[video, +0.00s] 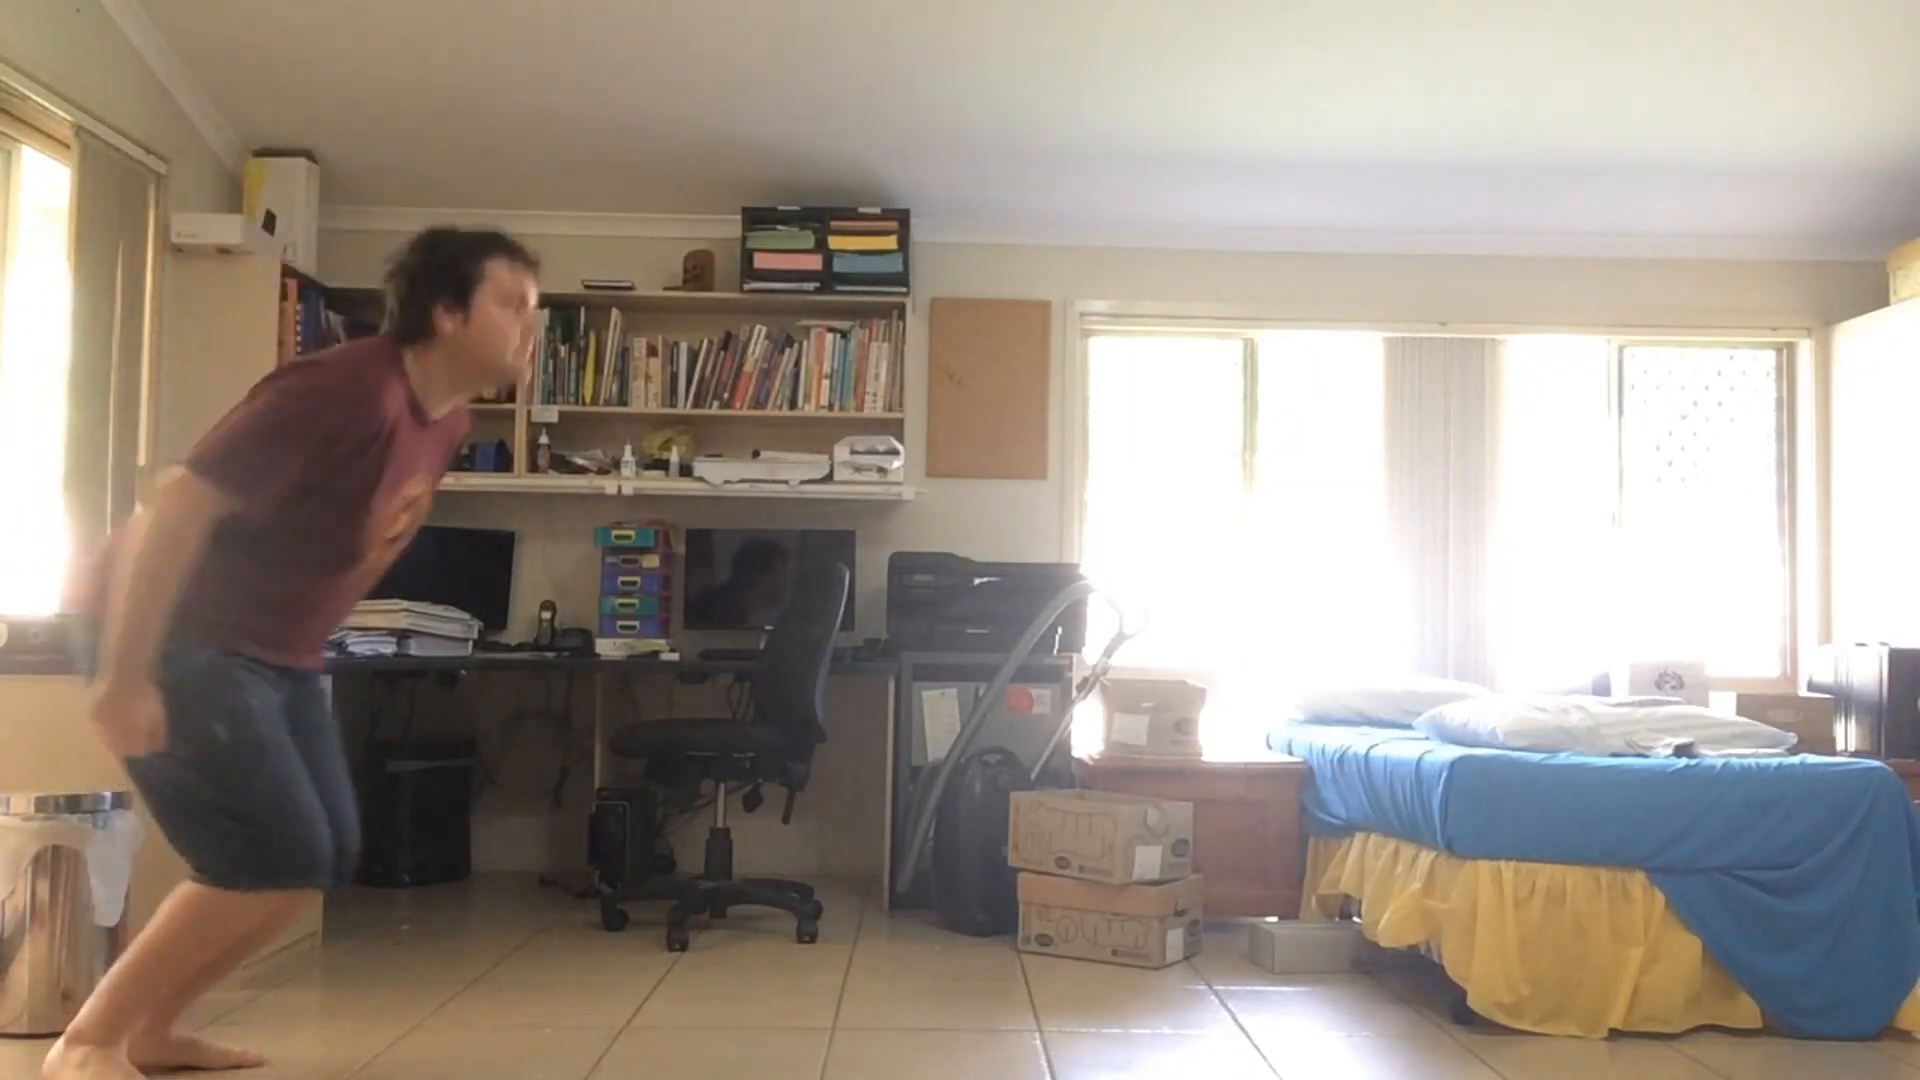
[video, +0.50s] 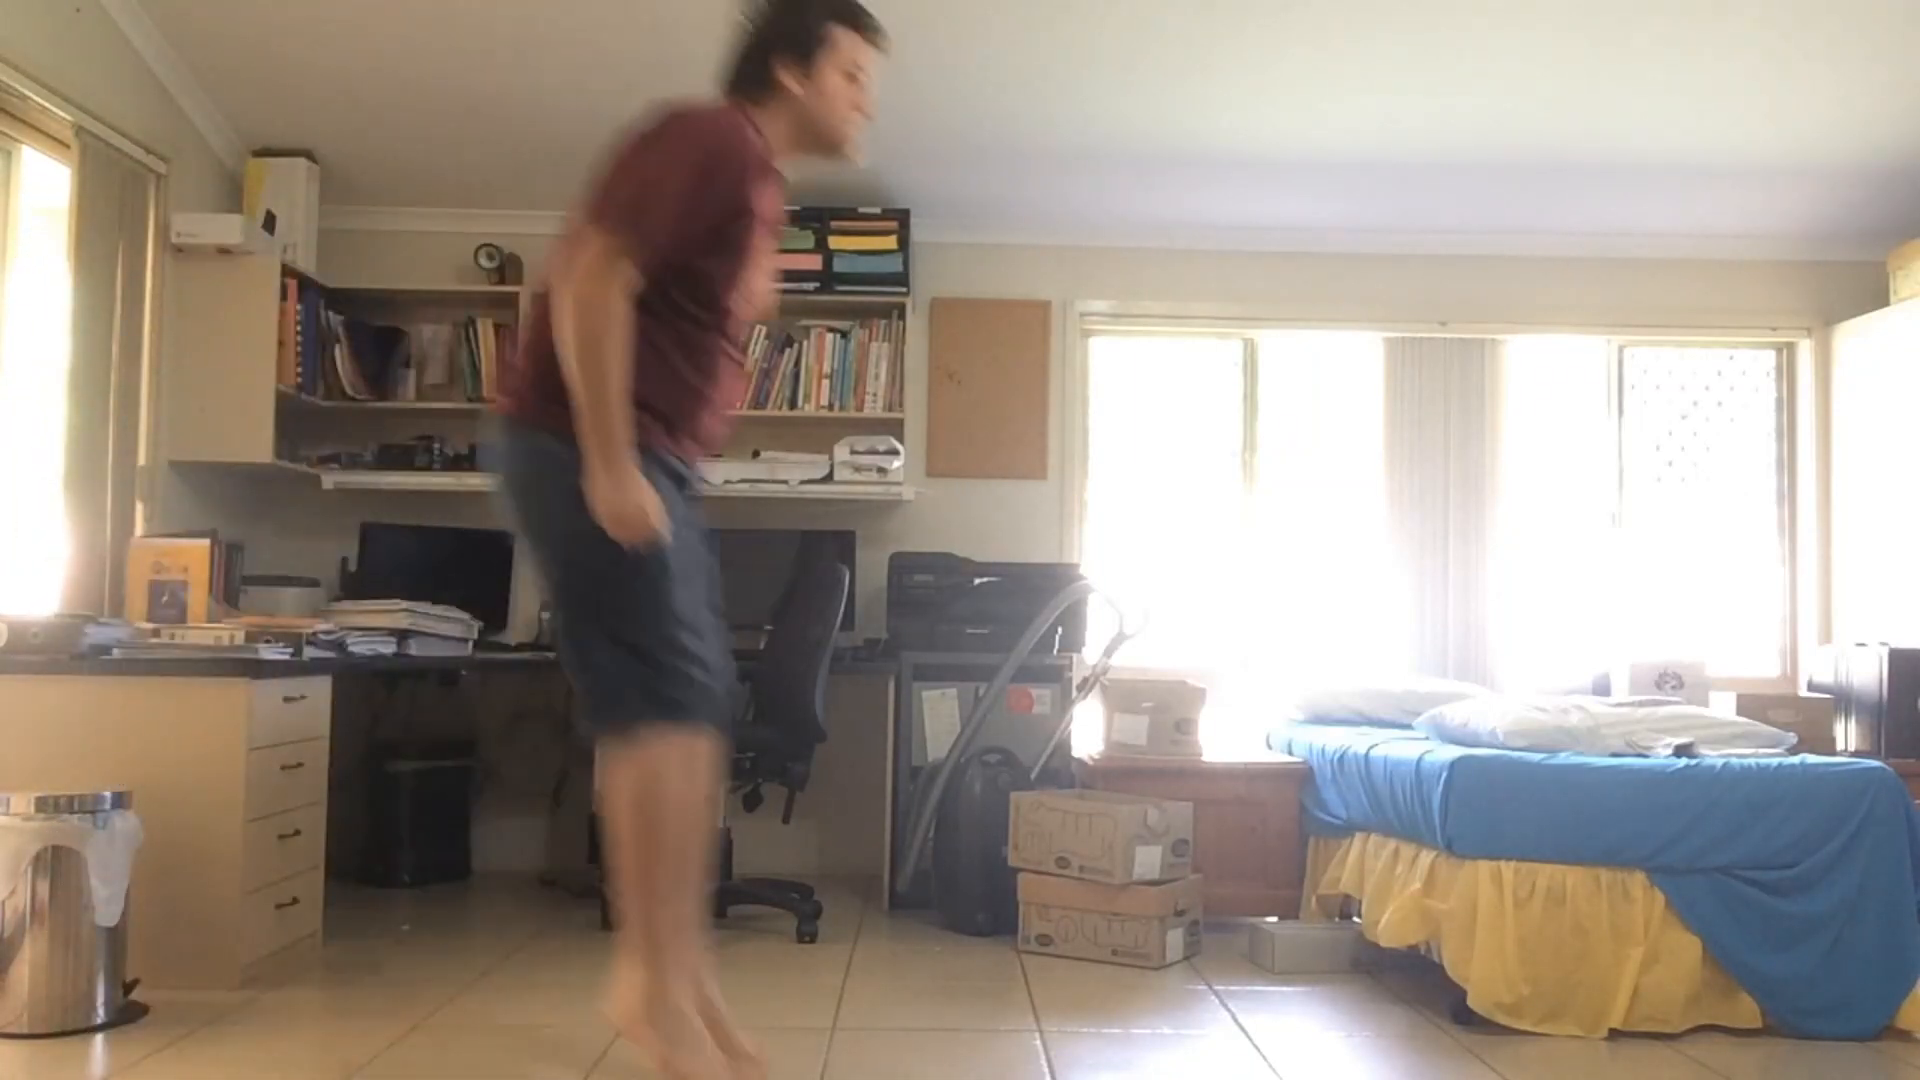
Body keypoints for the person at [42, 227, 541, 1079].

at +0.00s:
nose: (533, 327)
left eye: (534, 309)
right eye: (516, 306)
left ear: (471, 323)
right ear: (448, 316)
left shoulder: (448, 423)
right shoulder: (339, 388)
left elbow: (347, 541)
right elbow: (183, 498)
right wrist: (126, 676)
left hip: (292, 665)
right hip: (199, 651)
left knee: (318, 858)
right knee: (271, 862)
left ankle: (147, 1030)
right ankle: (84, 1049)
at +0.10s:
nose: (538, 229)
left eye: (539, 210)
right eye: (520, 208)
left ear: (500, 223)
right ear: (454, 217)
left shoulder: (486, 342)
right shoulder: (375, 316)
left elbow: (407, 472)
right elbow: (242, 430)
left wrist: (359, 594)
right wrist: (210, 609)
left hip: (351, 633)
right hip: (268, 625)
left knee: (333, 858)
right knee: (283, 856)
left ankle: (156, 1019)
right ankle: (92, 1032)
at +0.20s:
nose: (569, 117)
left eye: (574, 100)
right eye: (553, 94)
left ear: (523, 109)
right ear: (486, 94)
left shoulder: (516, 220)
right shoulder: (406, 181)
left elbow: (501, 354)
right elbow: (301, 305)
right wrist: (326, 476)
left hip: (461, 544)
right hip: (383, 535)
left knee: (332, 786)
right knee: (282, 774)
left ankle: (215, 980)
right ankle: (137, 985)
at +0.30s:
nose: (659, 54)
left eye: (662, 34)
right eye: (646, 29)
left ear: (595, 32)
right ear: (582, 23)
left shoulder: (570, 132)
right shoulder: (490, 103)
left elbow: (507, 272)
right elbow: (405, 242)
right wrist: (444, 422)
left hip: (532, 452)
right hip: (467, 446)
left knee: (470, 694)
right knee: (460, 695)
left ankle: (280, 897)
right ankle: (295, 918)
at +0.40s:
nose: (781, 58)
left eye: (785, 36)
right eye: (767, 31)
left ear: (728, 32)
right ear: (703, 24)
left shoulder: (669, 136)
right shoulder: (607, 90)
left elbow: (596, 281)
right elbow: (511, 235)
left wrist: (600, 426)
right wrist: (535, 420)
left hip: (574, 426)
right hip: (515, 421)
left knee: (558, 664)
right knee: (578, 669)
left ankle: (479, 915)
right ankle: (510, 938)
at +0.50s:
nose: (867, 104)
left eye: (870, 83)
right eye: (855, 77)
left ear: (810, 81)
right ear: (790, 69)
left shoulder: (752, 175)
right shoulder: (710, 137)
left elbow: (653, 293)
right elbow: (588, 274)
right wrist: (611, 461)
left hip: (639, 455)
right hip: (588, 449)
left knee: (659, 710)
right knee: (678, 703)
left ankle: (671, 981)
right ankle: (660, 989)